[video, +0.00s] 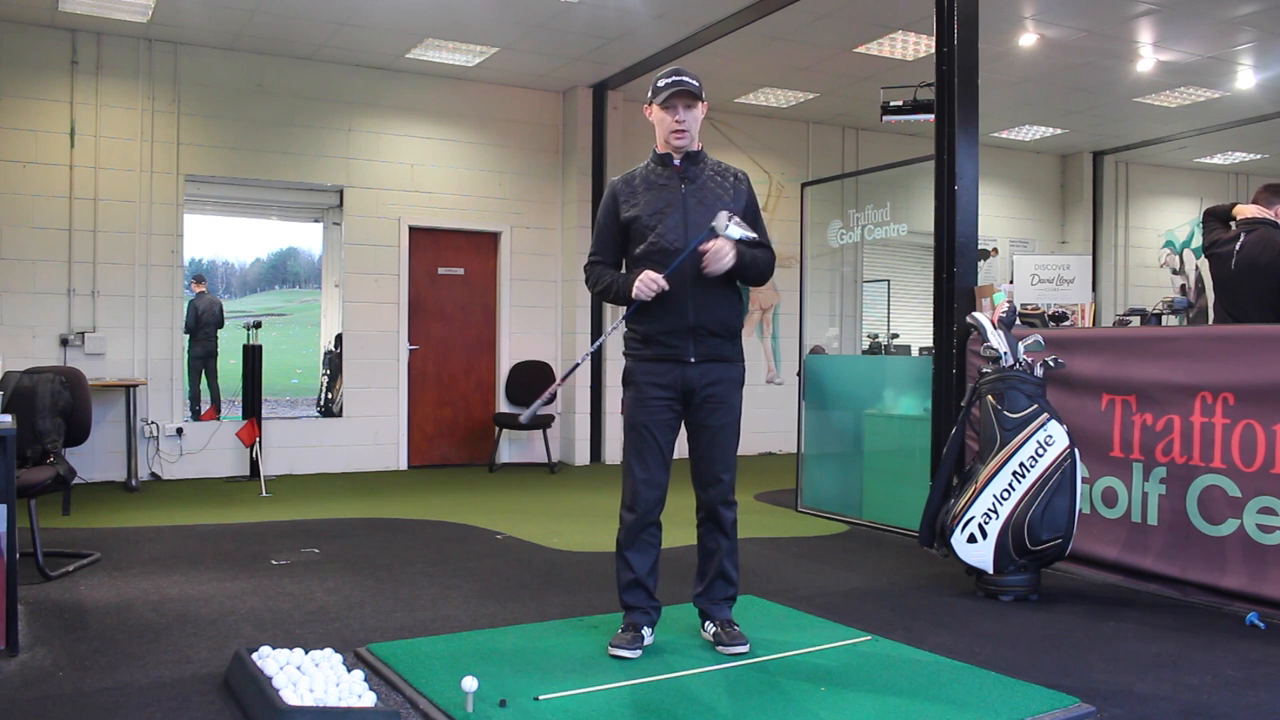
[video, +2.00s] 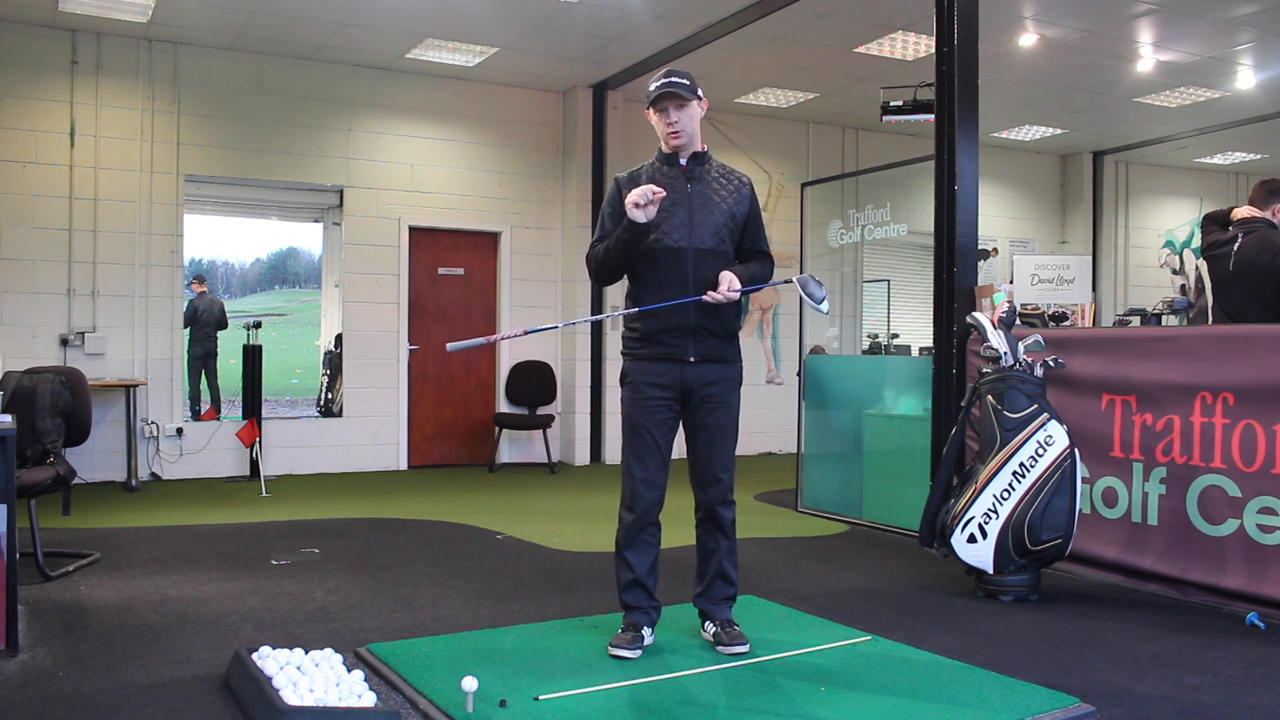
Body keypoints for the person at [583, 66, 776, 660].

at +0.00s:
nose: (681, 117)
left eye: (690, 106)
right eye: (670, 107)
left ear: (704, 113)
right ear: (651, 114)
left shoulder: (734, 185)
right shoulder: (625, 190)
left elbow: (763, 266)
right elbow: (597, 271)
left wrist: (737, 252)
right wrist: (629, 283)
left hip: (719, 362)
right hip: (651, 362)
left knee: (718, 494)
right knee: (642, 495)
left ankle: (718, 612)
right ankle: (638, 616)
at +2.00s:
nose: (671, 117)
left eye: (680, 105)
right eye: (660, 108)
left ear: (703, 108)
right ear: (650, 119)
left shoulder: (736, 186)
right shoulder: (628, 186)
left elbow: (760, 262)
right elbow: (600, 271)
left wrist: (739, 278)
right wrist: (634, 223)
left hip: (717, 361)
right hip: (649, 359)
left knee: (716, 494)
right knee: (641, 495)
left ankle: (718, 612)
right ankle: (638, 616)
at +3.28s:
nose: (678, 118)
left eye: (688, 106)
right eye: (668, 108)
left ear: (707, 112)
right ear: (655, 117)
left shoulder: (737, 186)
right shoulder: (630, 188)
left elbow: (763, 278)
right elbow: (596, 274)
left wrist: (753, 253)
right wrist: (624, 237)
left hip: (715, 361)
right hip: (647, 360)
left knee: (715, 495)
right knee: (640, 496)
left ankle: (718, 613)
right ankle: (637, 616)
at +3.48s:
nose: (680, 126)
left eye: (690, 116)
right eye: (670, 117)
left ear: (707, 117)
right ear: (655, 121)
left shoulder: (737, 188)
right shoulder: (631, 188)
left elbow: (761, 277)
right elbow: (598, 262)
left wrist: (753, 236)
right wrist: (602, 275)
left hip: (715, 363)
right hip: (647, 362)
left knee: (715, 494)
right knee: (641, 495)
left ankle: (718, 612)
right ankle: (638, 615)